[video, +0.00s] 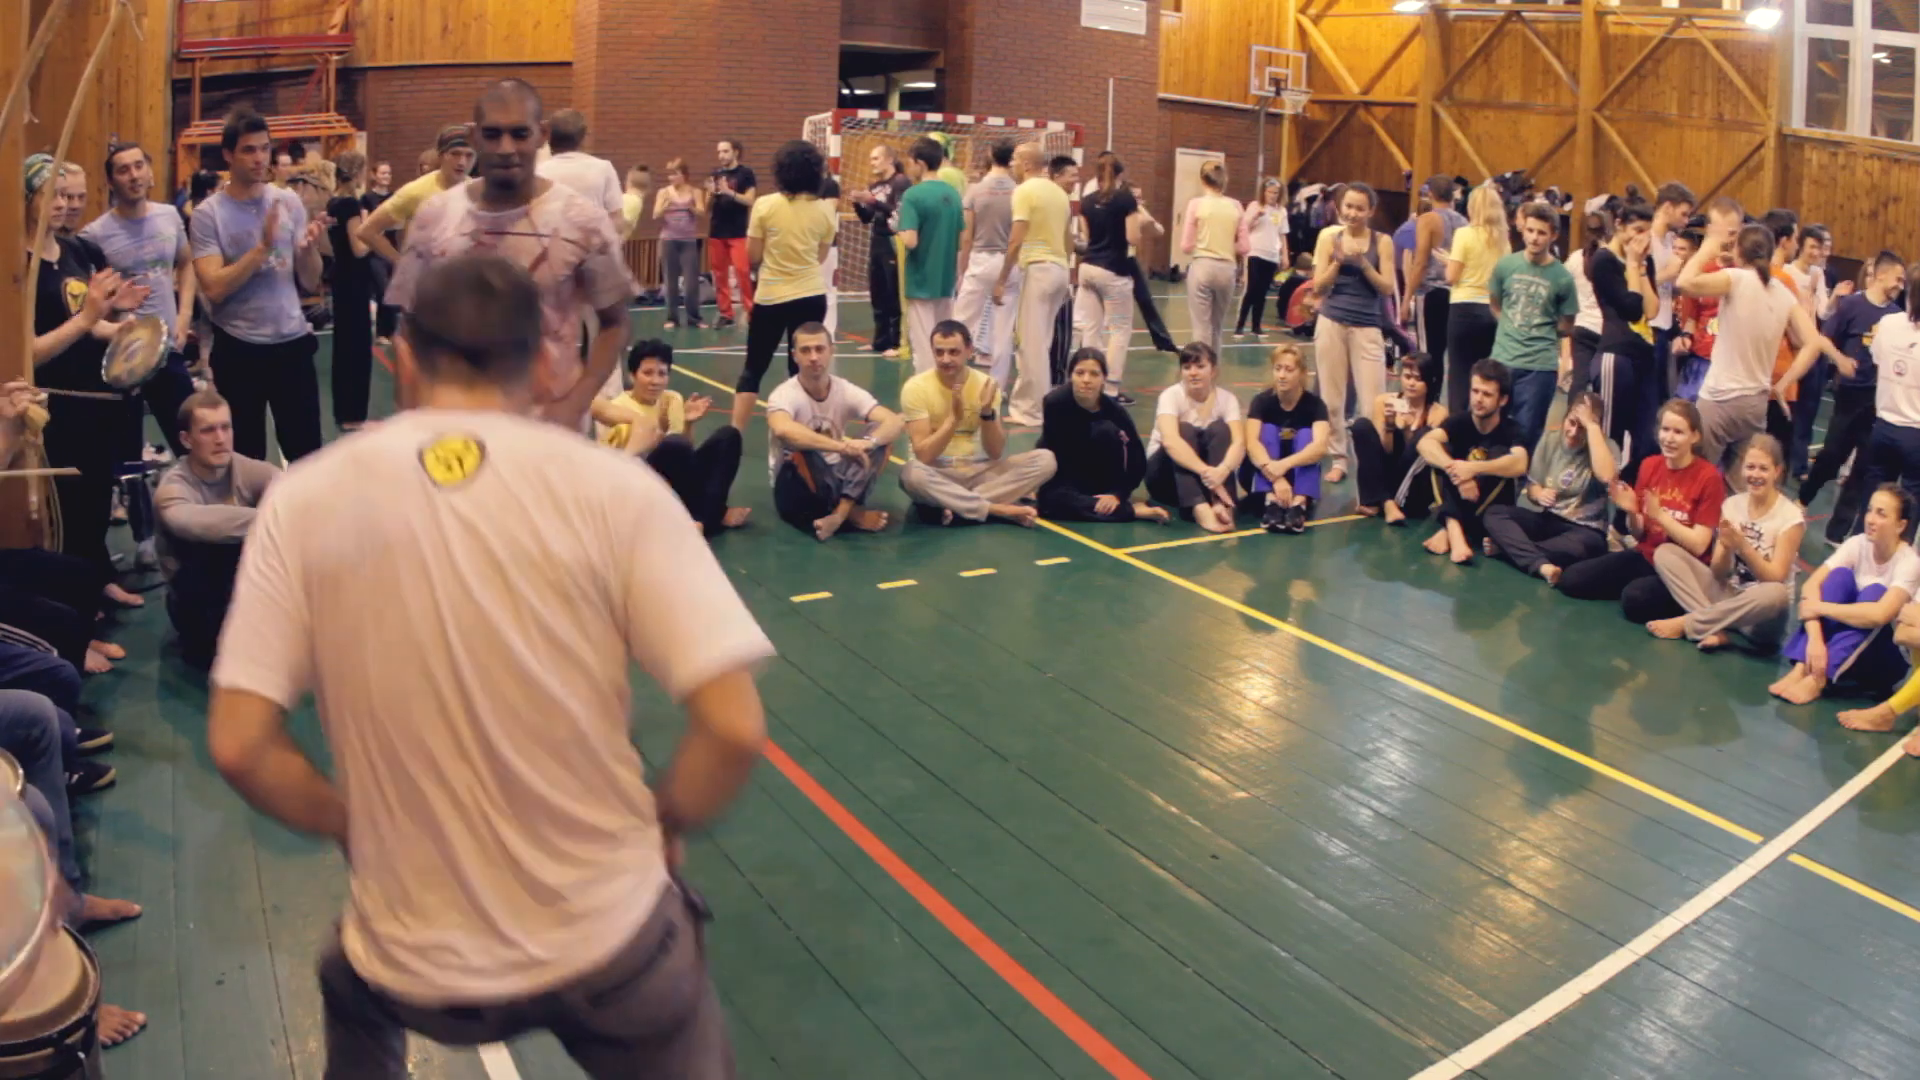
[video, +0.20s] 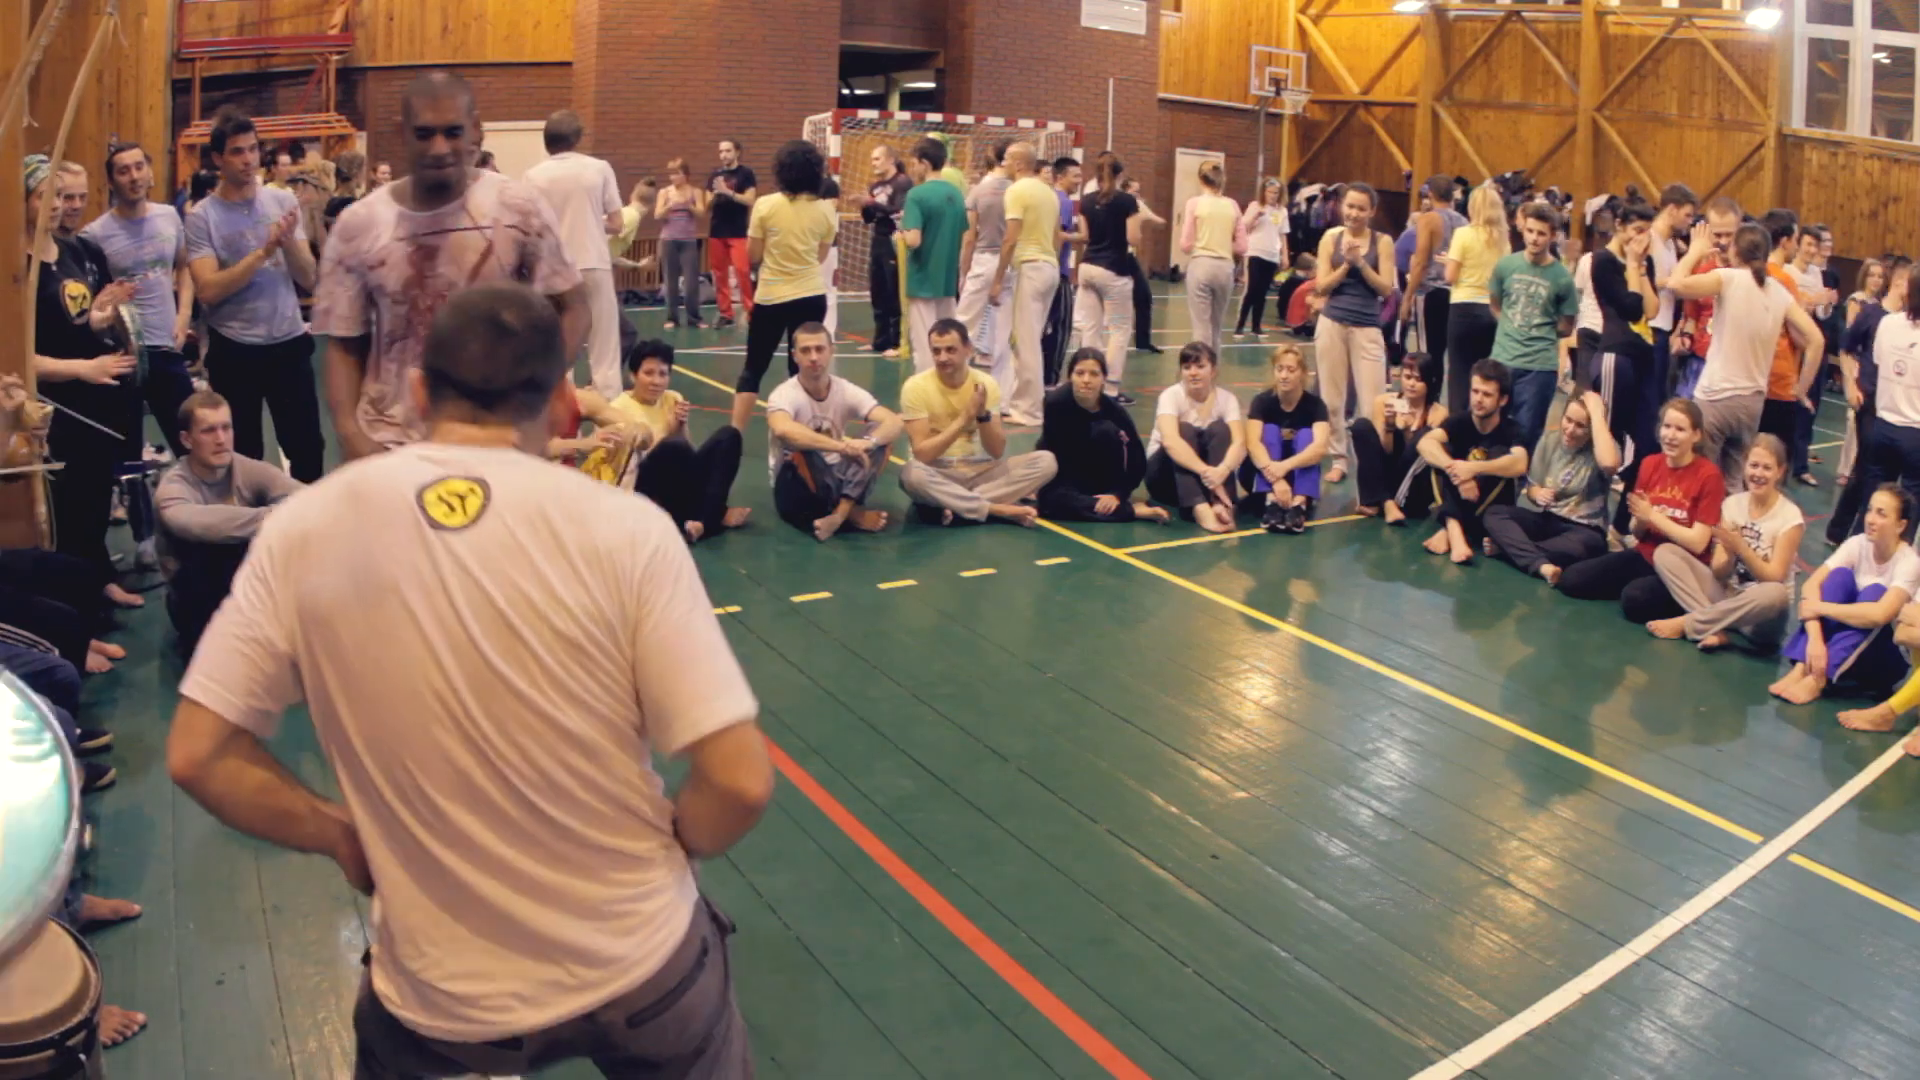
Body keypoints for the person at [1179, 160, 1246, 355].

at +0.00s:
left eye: (1202, 179)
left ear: (1202, 180)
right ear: (1224, 181)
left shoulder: (1195, 204)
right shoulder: (1236, 206)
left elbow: (1186, 245)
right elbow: (1244, 247)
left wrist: (1202, 243)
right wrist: (1225, 246)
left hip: (1202, 261)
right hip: (1227, 264)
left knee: (1201, 324)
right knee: (1217, 325)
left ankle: (1201, 370)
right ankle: (1213, 370)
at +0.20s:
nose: (1200, 183)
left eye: (1200, 179)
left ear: (1201, 180)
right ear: (1221, 181)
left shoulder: (1194, 204)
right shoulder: (1232, 205)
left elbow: (1185, 244)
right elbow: (1242, 246)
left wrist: (1199, 247)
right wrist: (1222, 245)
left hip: (1200, 260)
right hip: (1225, 262)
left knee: (1201, 323)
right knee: (1216, 324)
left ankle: (1201, 369)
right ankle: (1212, 369)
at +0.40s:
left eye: (1199, 179)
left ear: (1199, 180)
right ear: (1221, 182)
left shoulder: (1191, 203)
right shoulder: (1231, 205)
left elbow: (1184, 242)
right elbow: (1239, 246)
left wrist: (1197, 245)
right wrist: (1222, 243)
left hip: (1200, 258)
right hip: (1225, 261)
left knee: (1202, 322)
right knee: (1217, 322)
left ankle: (1202, 368)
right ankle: (1212, 367)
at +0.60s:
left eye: (1198, 179)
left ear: (1200, 180)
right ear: (1221, 182)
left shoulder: (1191, 203)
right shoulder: (1231, 205)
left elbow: (1183, 243)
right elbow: (1239, 246)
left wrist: (1199, 241)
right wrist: (1221, 242)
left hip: (1200, 258)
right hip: (1225, 261)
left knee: (1202, 321)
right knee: (1217, 322)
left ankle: (1202, 368)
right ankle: (1212, 367)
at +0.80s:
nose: (1197, 181)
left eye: (1198, 178)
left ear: (1200, 180)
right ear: (1222, 181)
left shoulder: (1192, 203)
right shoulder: (1231, 205)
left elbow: (1185, 243)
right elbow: (1240, 246)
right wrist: (1223, 243)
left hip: (1201, 259)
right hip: (1225, 260)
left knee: (1203, 321)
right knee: (1214, 321)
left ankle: (1201, 369)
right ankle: (1208, 365)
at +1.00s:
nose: (1198, 182)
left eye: (1200, 178)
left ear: (1202, 179)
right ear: (1223, 182)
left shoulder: (1193, 203)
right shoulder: (1231, 206)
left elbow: (1185, 242)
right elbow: (1239, 247)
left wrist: (1199, 242)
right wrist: (1221, 245)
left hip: (1201, 258)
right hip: (1225, 260)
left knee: (1202, 320)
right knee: (1212, 321)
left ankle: (1204, 368)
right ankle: (1205, 363)